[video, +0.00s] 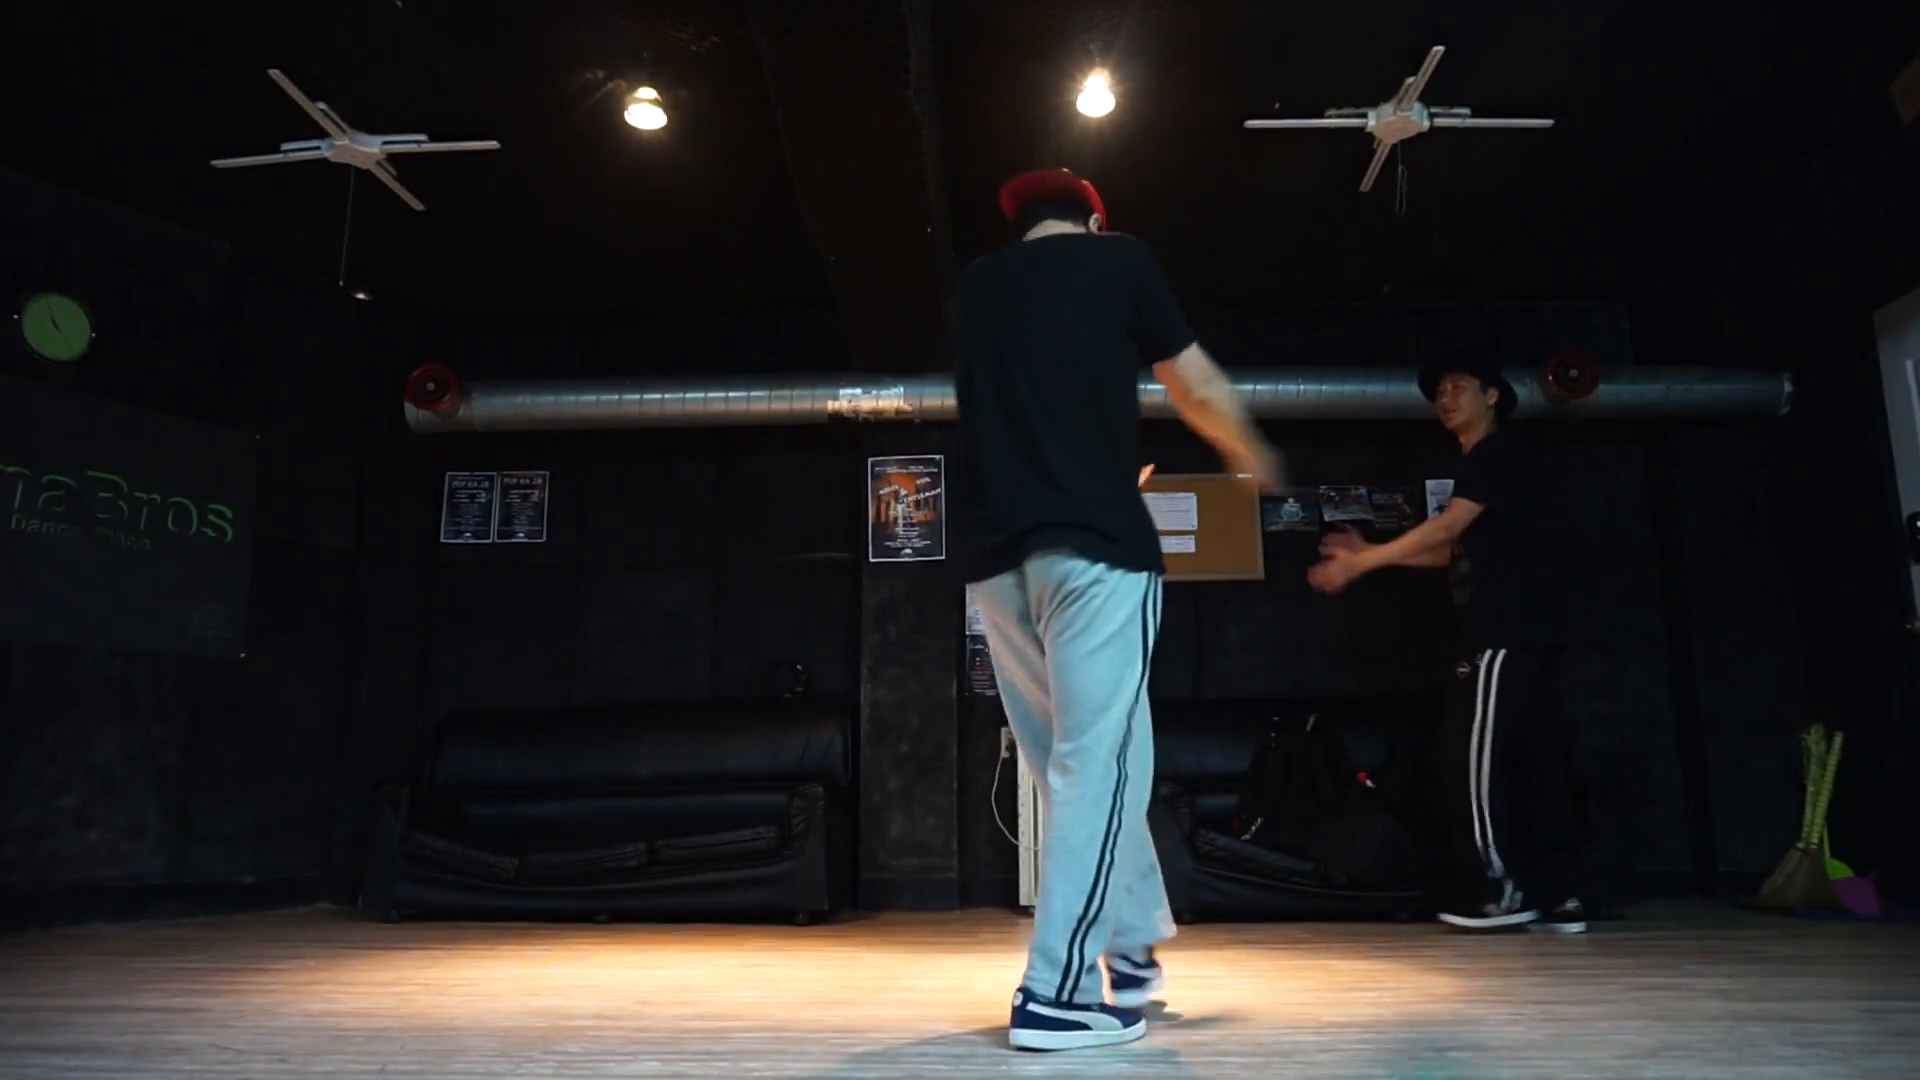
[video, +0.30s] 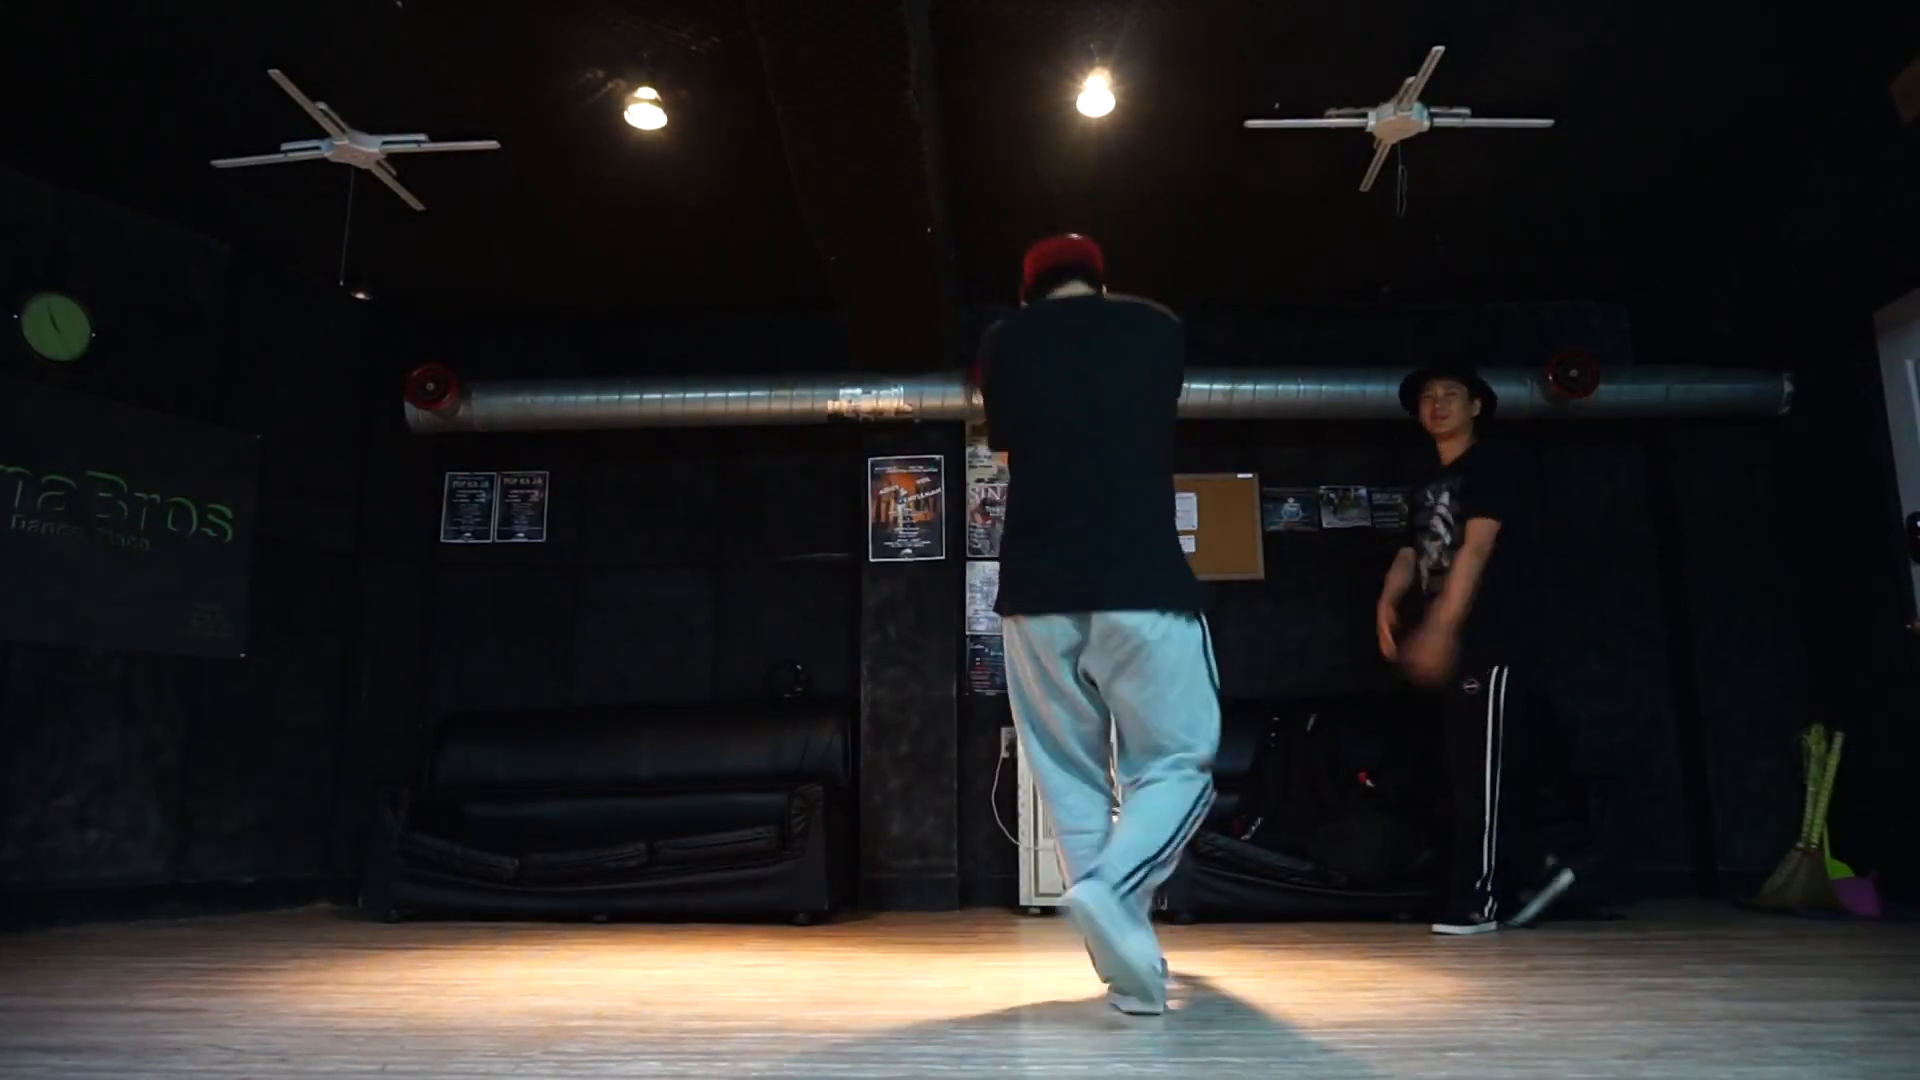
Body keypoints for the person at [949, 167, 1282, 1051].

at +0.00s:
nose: (1097, 231)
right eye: (1096, 220)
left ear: (1015, 229)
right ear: (1094, 219)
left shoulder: (977, 286)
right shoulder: (1117, 261)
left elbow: (1008, 414)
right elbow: (1196, 391)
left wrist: (1109, 474)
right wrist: (1255, 459)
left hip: (995, 556)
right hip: (1095, 539)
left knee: (1084, 760)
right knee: (1091, 766)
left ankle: (1129, 960)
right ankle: (1054, 996)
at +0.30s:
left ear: (1030, 294)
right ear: (1103, 281)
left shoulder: (1005, 341)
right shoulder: (1156, 326)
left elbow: (1004, 438)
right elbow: (1149, 422)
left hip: (1036, 591)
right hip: (1140, 583)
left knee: (1073, 780)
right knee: (1177, 763)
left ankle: (1134, 974)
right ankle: (1112, 891)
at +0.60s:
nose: (1040, 315)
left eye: (1038, 305)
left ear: (1037, 306)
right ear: (1109, 302)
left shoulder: (1016, 352)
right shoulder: (1170, 359)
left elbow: (975, 444)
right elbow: (1215, 471)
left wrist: (1005, 379)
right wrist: (1278, 567)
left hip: (1057, 590)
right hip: (1146, 593)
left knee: (1077, 768)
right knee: (1132, 756)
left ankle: (1131, 953)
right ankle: (1144, 936)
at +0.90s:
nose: (1023, 358)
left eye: (1024, 349)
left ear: (1031, 346)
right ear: (1095, 340)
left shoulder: (1016, 387)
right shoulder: (1151, 393)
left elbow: (965, 473)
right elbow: (1193, 481)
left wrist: (970, 407)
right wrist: (1251, 561)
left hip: (1052, 618)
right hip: (1135, 618)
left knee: (1030, 781)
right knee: (1111, 781)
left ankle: (1132, 892)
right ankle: (1097, 945)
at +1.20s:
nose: (984, 362)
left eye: (983, 354)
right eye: (984, 354)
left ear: (994, 346)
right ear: (1052, 339)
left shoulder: (1006, 390)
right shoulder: (1091, 395)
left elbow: (950, 478)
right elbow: (1073, 485)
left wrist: (970, 412)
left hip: (1030, 605)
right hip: (1100, 607)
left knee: (974, 753)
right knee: (1086, 776)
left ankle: (1028, 902)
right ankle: (1109, 942)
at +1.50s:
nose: (927, 400)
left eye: (925, 386)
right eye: (922, 389)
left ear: (946, 368)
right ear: (971, 361)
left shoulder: (976, 416)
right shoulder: (1023, 415)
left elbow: (917, 508)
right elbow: (933, 529)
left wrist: (916, 481)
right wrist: (866, 575)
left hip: (977, 624)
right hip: (1028, 624)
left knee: (942, 774)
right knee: (1015, 772)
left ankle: (992, 934)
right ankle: (1083, 891)